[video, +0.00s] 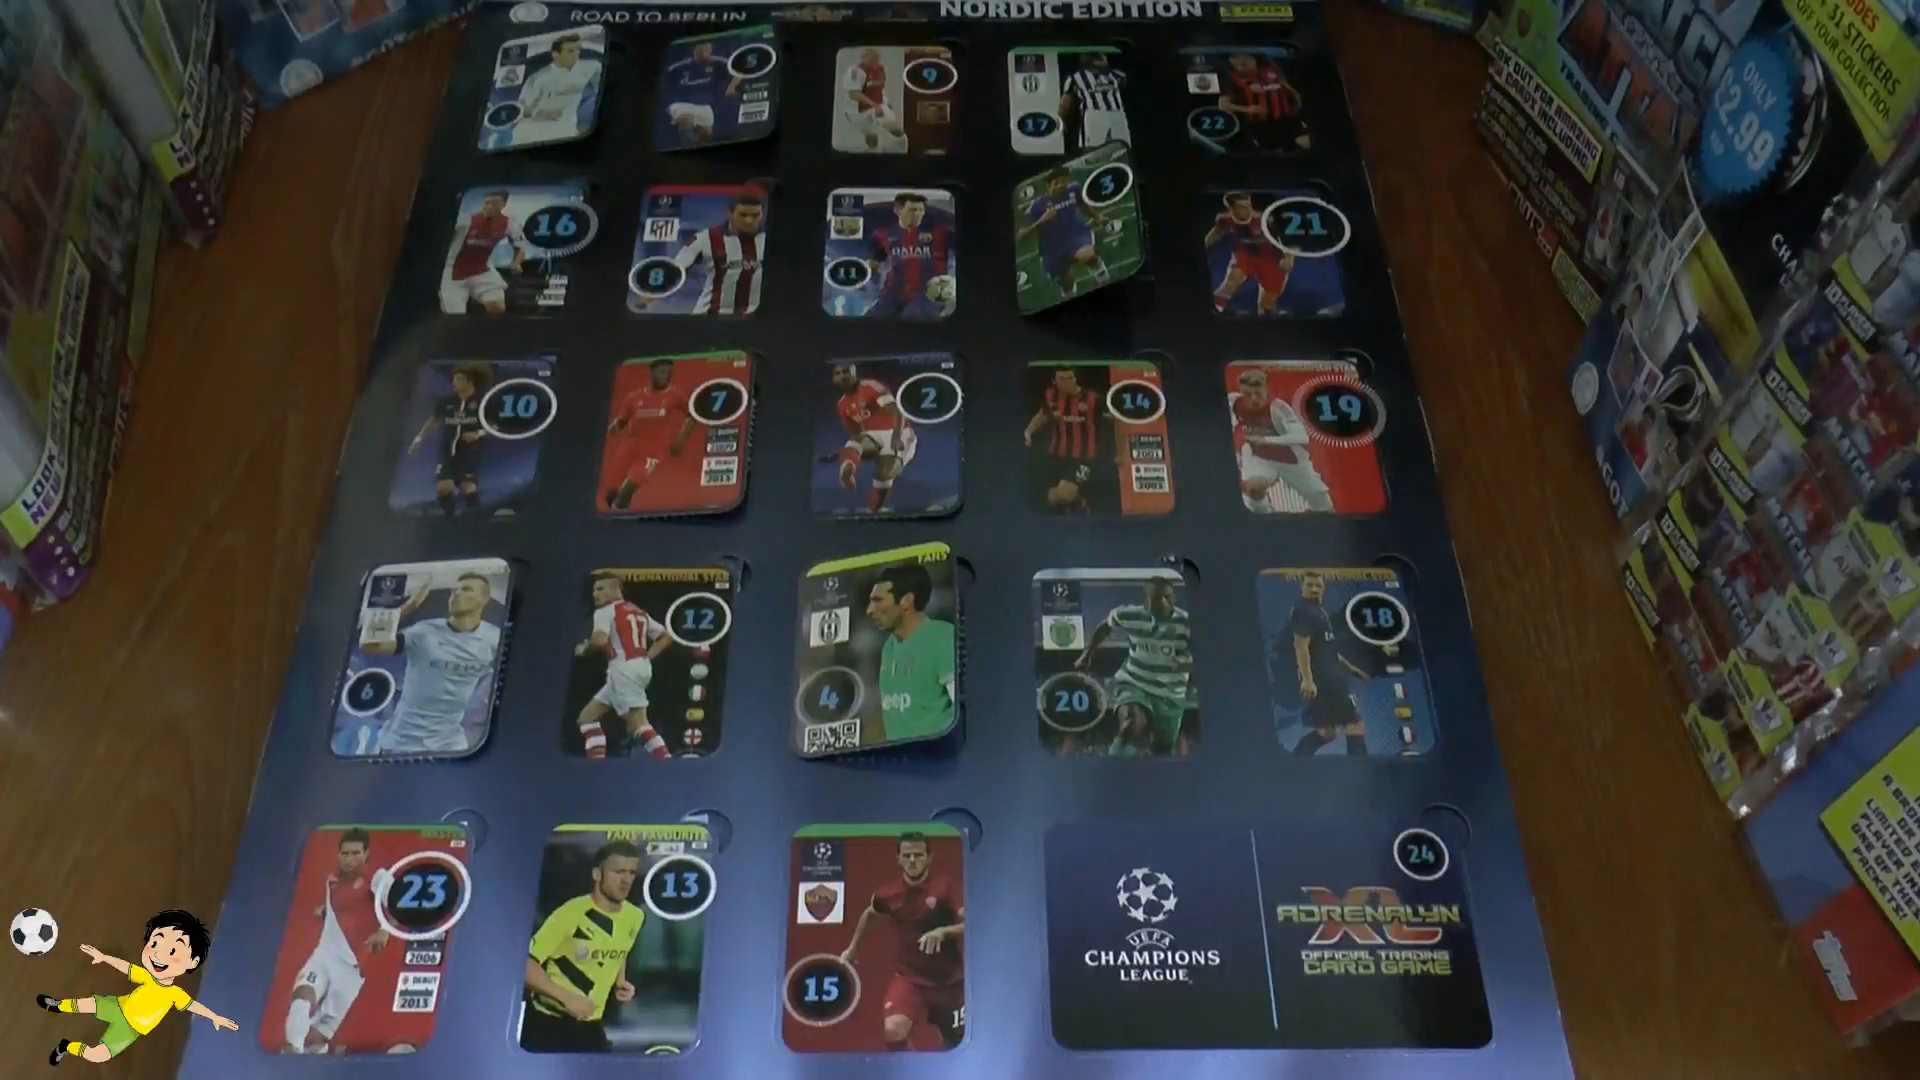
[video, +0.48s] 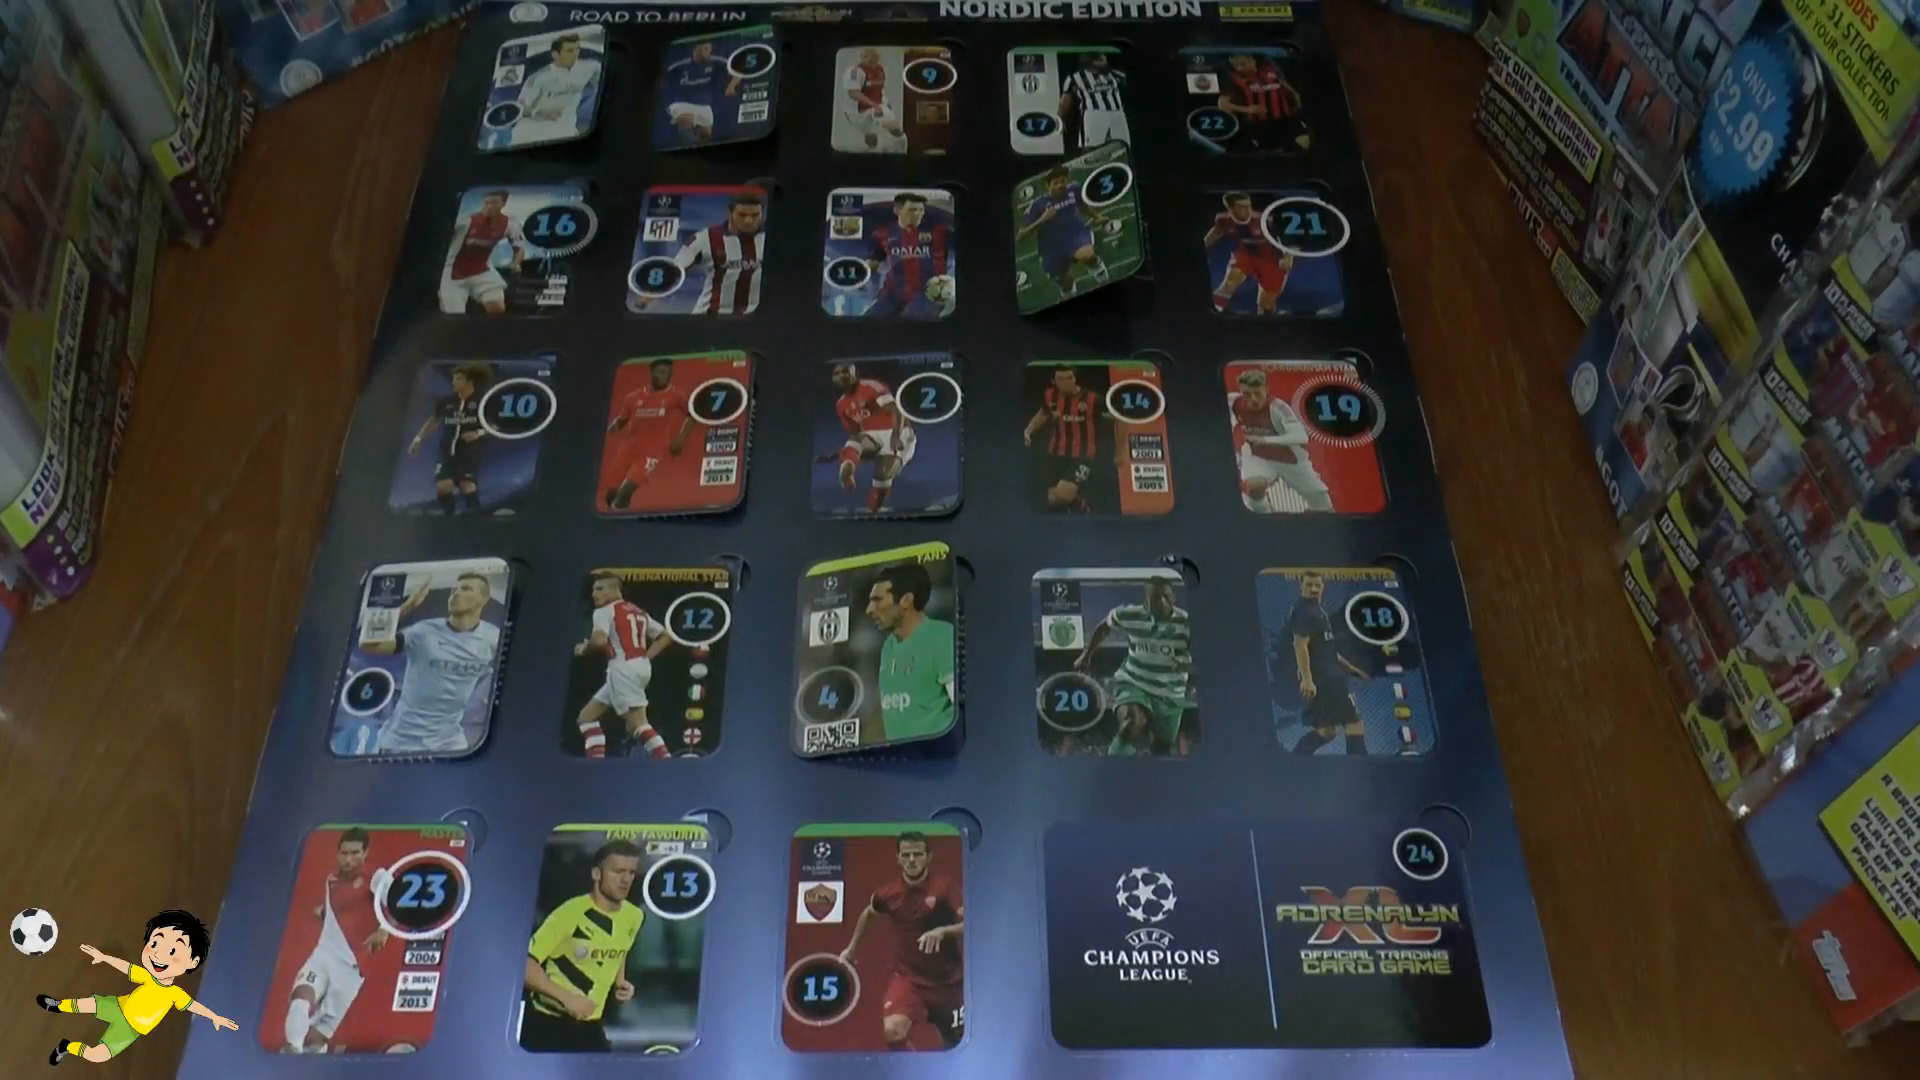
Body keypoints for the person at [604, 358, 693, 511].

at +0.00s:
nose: (664, 376)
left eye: (667, 372)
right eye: (660, 372)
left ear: (671, 374)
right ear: (652, 373)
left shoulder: (675, 396)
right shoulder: (635, 396)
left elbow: (693, 415)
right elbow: (621, 421)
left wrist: (680, 441)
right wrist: (617, 425)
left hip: (654, 451)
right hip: (630, 450)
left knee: (626, 490)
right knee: (611, 491)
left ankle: (612, 525)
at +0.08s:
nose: (663, 376)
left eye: (666, 373)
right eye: (660, 372)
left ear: (670, 375)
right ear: (652, 373)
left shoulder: (676, 396)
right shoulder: (635, 397)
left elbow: (693, 415)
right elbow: (622, 419)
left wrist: (679, 441)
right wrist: (616, 426)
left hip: (655, 450)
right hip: (631, 448)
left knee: (627, 489)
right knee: (611, 490)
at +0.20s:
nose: (664, 377)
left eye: (667, 373)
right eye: (661, 372)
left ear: (670, 375)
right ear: (652, 373)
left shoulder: (676, 396)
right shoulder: (635, 397)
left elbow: (693, 415)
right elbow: (622, 419)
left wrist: (680, 441)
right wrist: (616, 426)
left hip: (655, 450)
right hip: (631, 448)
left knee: (626, 489)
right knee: (611, 490)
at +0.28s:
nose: (664, 377)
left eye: (667, 373)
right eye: (661, 372)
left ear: (670, 375)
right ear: (652, 373)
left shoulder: (676, 396)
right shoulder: (635, 397)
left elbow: (693, 415)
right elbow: (622, 419)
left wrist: (680, 441)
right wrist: (616, 425)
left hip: (655, 450)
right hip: (631, 449)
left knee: (626, 489)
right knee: (611, 490)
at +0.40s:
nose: (664, 376)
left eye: (667, 373)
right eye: (660, 372)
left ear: (670, 375)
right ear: (652, 373)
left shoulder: (675, 397)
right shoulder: (634, 397)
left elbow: (692, 415)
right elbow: (622, 419)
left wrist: (680, 441)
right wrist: (616, 425)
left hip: (654, 449)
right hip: (630, 448)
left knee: (627, 489)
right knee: (611, 491)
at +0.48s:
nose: (663, 376)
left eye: (667, 373)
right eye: (660, 372)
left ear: (670, 375)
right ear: (652, 373)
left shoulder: (675, 396)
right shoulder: (634, 397)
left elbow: (692, 415)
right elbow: (622, 419)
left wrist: (679, 441)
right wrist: (615, 426)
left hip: (654, 450)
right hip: (630, 448)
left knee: (626, 490)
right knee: (610, 491)